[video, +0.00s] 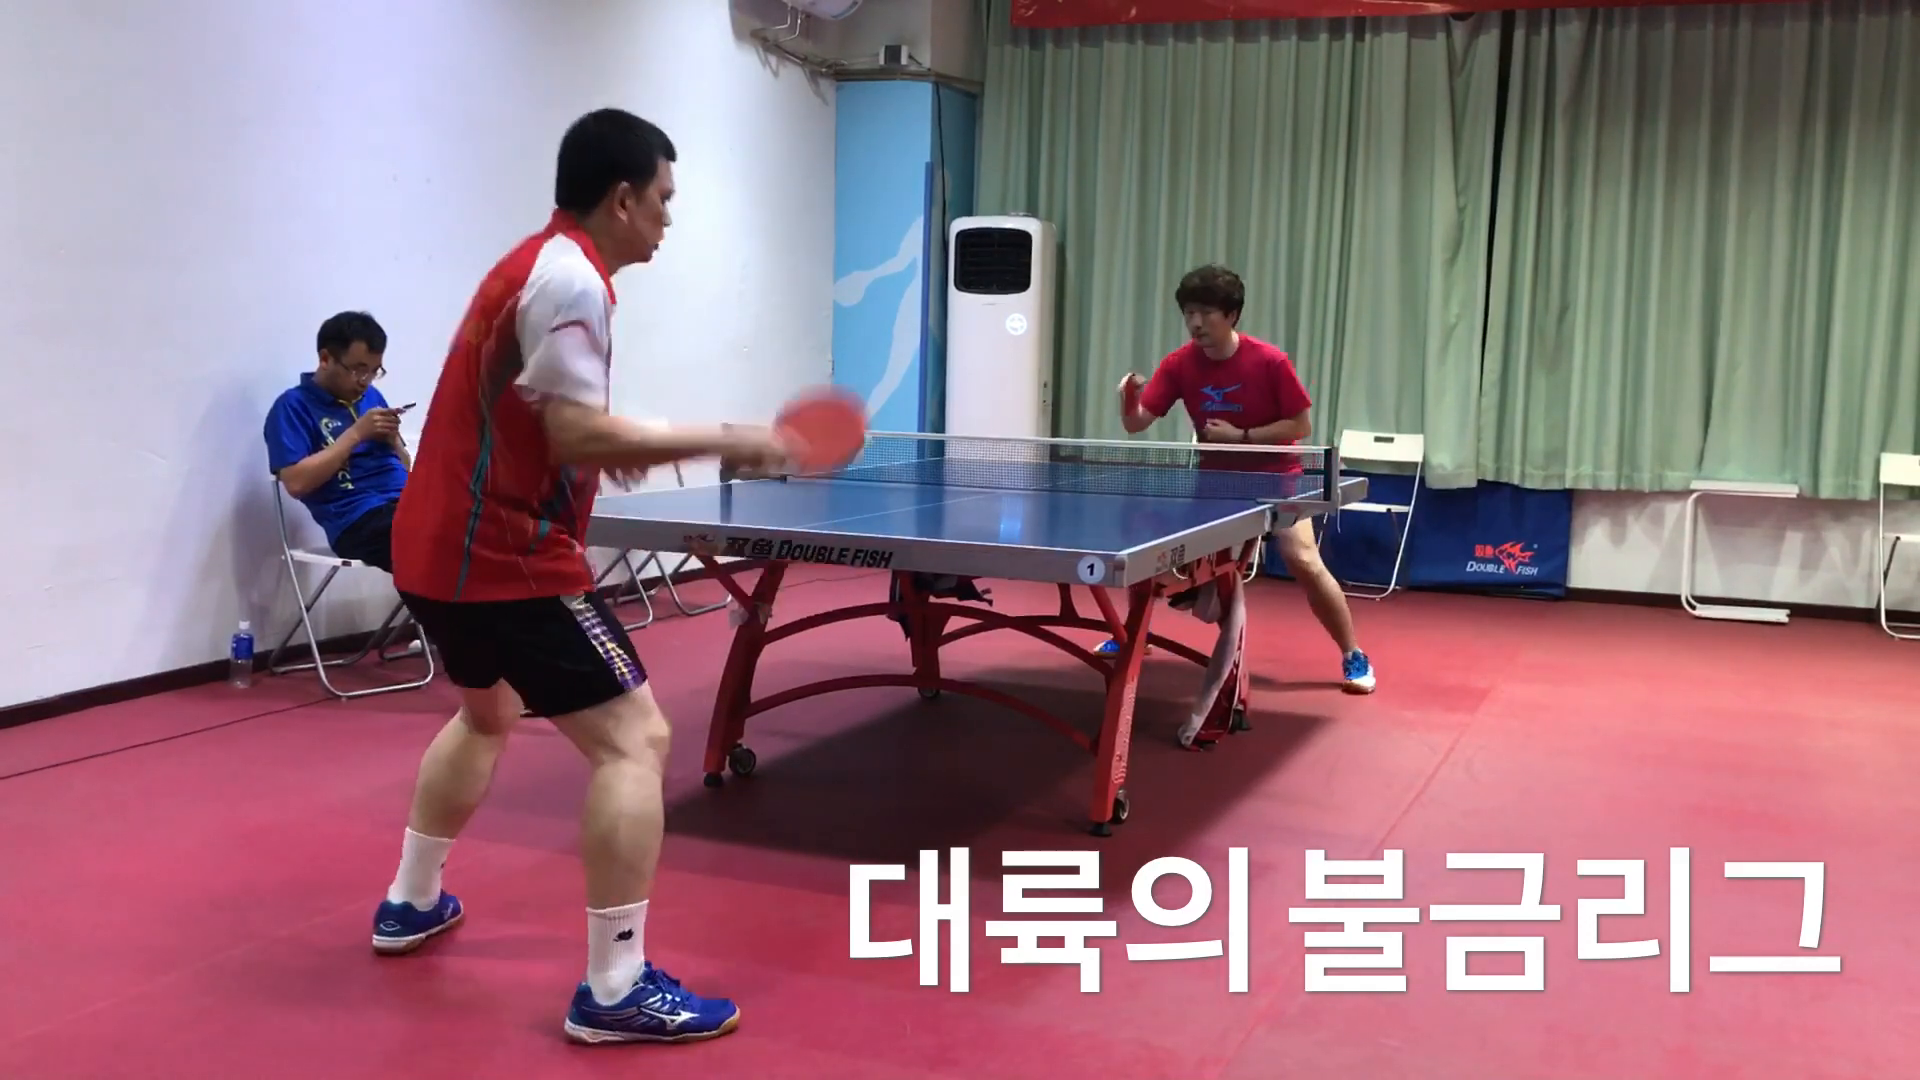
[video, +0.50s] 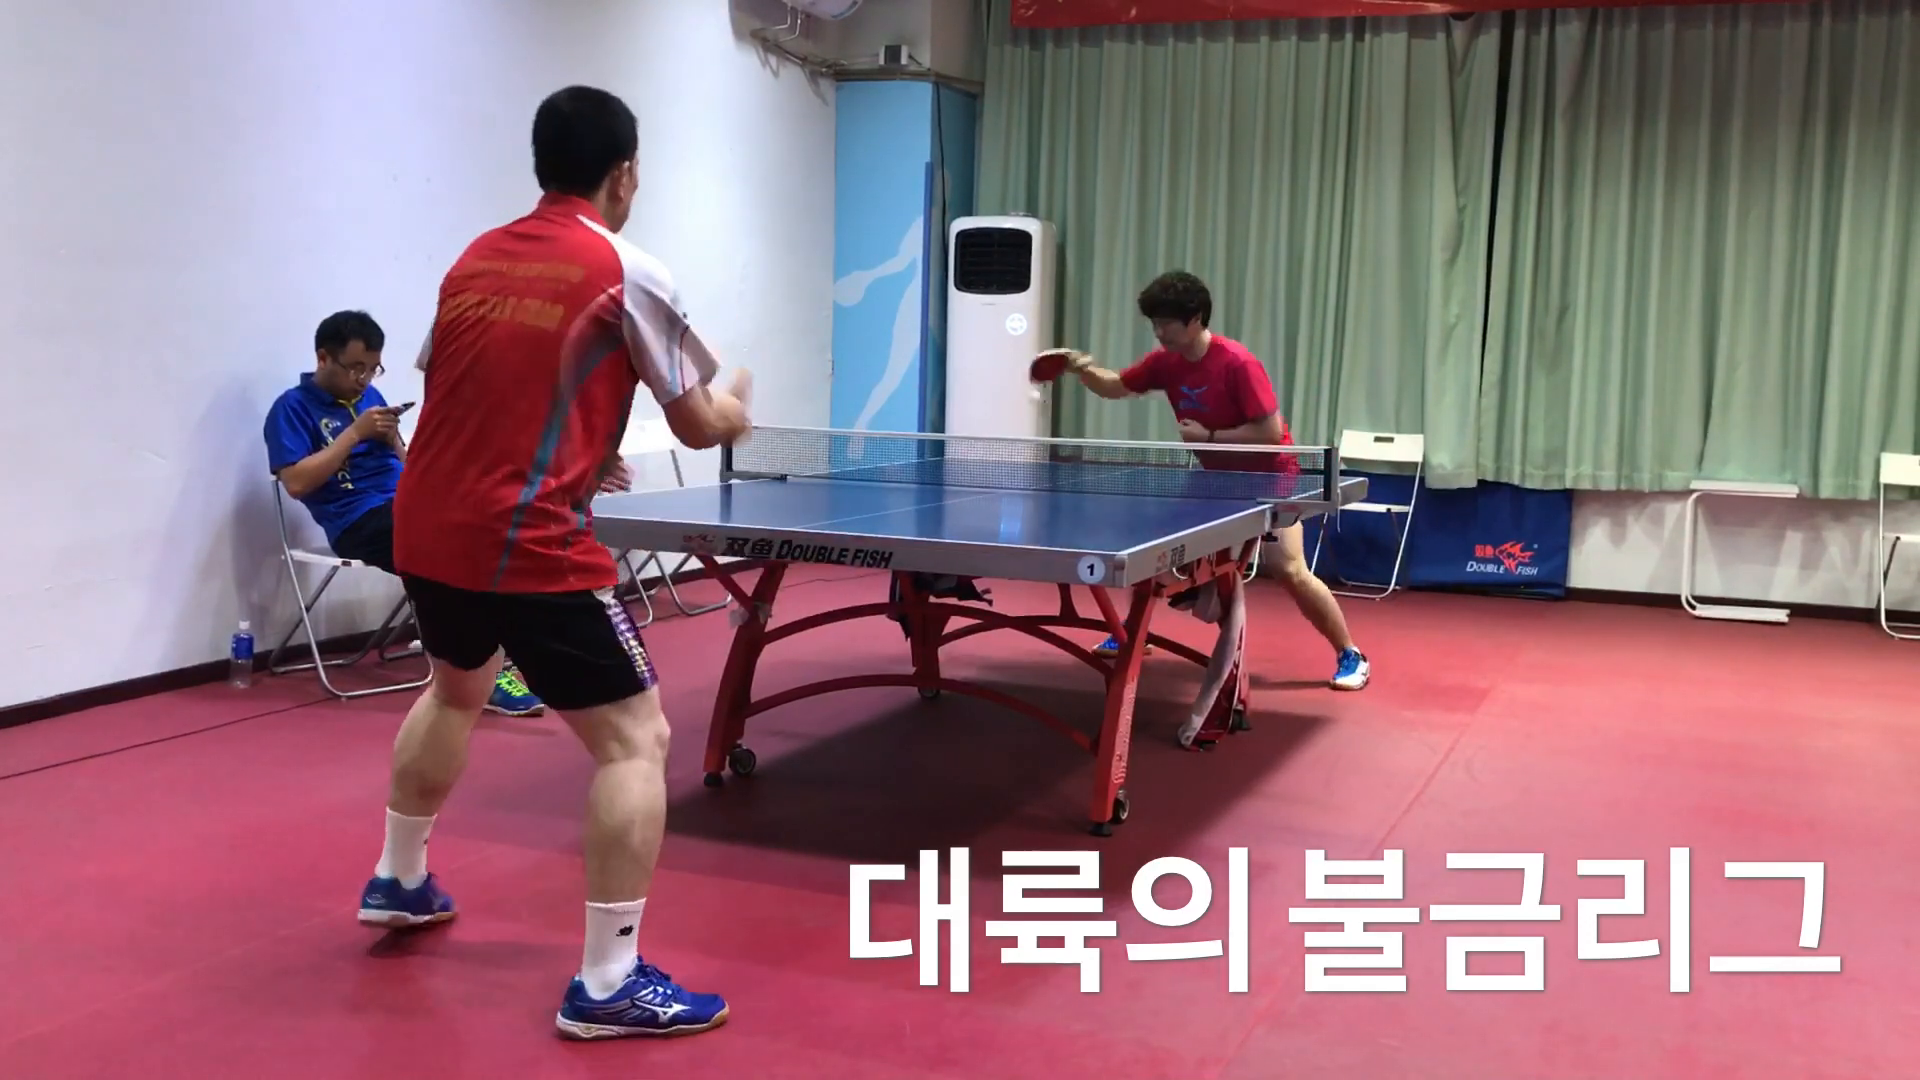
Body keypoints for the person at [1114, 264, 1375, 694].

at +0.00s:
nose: (1195, 322)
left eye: (1205, 311)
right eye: (1189, 312)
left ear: (1232, 314)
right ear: (1184, 315)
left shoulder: (1269, 361)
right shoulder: (1179, 365)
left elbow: (1300, 426)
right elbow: (1135, 424)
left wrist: (1241, 436)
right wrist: (1129, 402)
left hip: (1277, 479)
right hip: (1216, 480)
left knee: (1304, 562)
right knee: (1150, 543)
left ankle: (1353, 655)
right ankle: (1132, 635)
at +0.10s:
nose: (1184, 316)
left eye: (1193, 306)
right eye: (1177, 307)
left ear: (1220, 307)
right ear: (1172, 310)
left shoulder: (1257, 357)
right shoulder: (1171, 361)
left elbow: (1290, 420)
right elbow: (1141, 418)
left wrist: (1227, 431)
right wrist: (1114, 407)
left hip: (1271, 476)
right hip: (1211, 477)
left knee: (1298, 563)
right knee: (1163, 555)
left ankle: (1351, 655)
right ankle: (1133, 633)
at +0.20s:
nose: (1165, 313)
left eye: (1175, 303)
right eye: (1159, 304)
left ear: (1203, 305)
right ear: (1155, 306)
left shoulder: (1237, 352)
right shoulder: (1171, 353)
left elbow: (1271, 419)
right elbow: (1162, 405)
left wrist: (1209, 425)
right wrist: (1105, 417)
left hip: (1270, 472)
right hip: (1213, 472)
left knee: (1292, 563)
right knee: (1166, 545)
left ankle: (1349, 651)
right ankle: (1133, 633)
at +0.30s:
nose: (1153, 333)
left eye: (1160, 323)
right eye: (1149, 324)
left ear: (1189, 319)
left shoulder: (1222, 365)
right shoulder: (1180, 360)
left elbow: (1257, 431)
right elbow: (1191, 404)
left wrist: (1203, 436)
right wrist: (1131, 411)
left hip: (1274, 474)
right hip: (1225, 473)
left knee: (1283, 571)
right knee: (1164, 538)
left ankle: (1349, 653)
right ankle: (1136, 631)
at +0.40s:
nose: (1156, 344)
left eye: (1162, 336)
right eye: (1153, 336)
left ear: (1191, 330)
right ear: (1181, 331)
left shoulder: (1229, 375)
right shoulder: (1181, 368)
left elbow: (1263, 445)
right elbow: (1169, 405)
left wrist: (1206, 446)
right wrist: (1104, 398)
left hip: (1273, 482)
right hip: (1224, 480)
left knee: (1285, 580)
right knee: (1159, 541)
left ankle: (1350, 655)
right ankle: (1131, 633)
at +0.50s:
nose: (1156, 332)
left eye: (1162, 323)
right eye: (1154, 323)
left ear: (1192, 321)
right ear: (1178, 323)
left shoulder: (1238, 364)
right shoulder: (1164, 363)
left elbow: (1271, 431)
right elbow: (1115, 386)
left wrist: (1210, 437)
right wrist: (1081, 367)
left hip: (1270, 478)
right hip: (1215, 477)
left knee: (1290, 571)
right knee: (1158, 541)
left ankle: (1350, 654)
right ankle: (1132, 631)